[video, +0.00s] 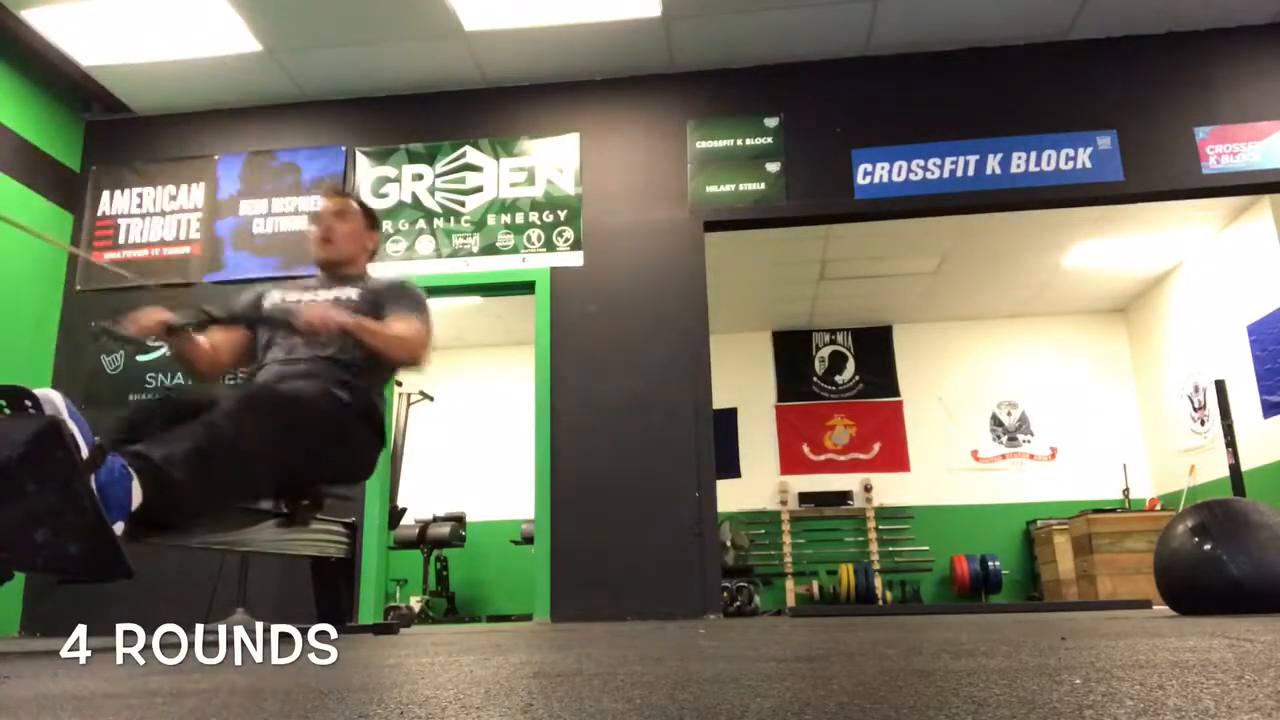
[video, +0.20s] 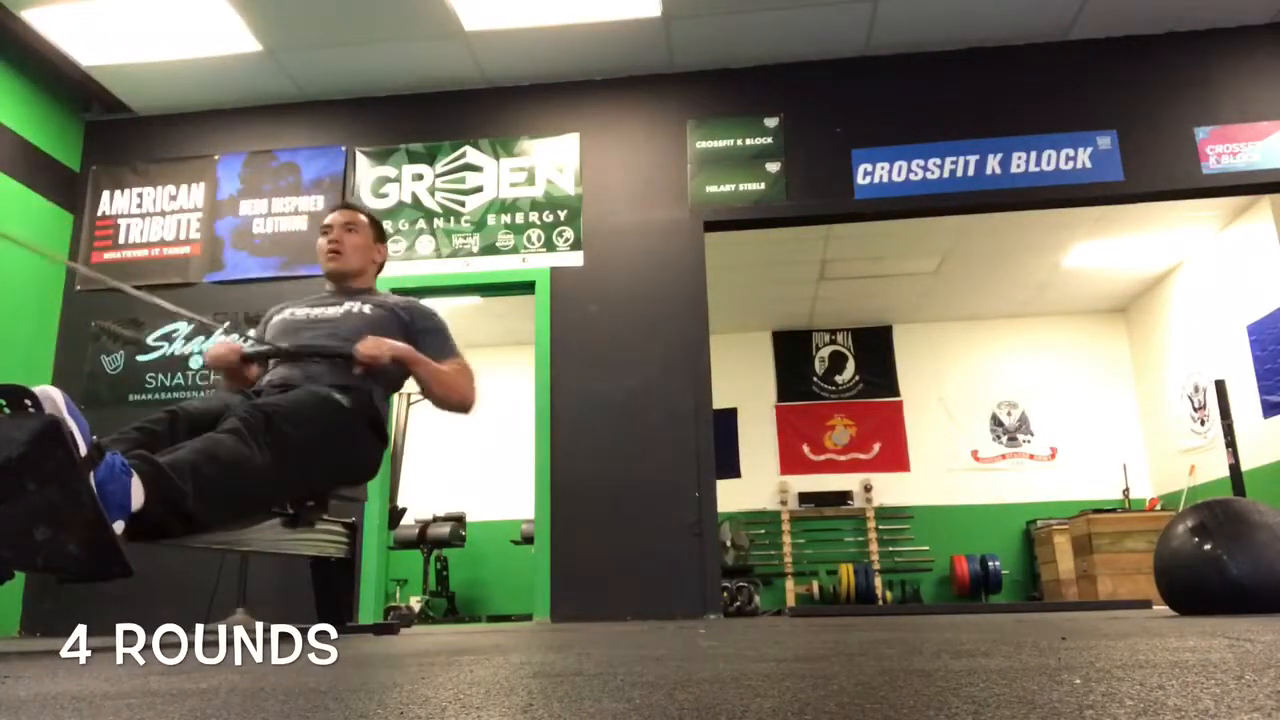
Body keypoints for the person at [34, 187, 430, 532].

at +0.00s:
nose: (324, 225)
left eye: (339, 218)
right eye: (320, 218)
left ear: (371, 239)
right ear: (311, 233)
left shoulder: (389, 290)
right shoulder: (279, 296)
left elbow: (413, 346)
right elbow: (211, 360)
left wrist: (345, 321)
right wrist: (173, 332)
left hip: (342, 417)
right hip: (262, 409)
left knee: (256, 415)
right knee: (163, 414)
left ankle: (128, 486)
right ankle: (89, 468)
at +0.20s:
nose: (331, 239)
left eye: (346, 231)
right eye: (325, 234)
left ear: (379, 252)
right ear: (319, 253)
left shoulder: (407, 313)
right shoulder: (287, 313)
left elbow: (462, 395)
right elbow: (254, 385)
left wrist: (405, 354)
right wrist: (227, 363)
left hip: (345, 409)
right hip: (270, 403)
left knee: (250, 437)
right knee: (181, 419)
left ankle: (128, 493)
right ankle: (95, 466)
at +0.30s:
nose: (330, 240)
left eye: (345, 231)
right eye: (324, 234)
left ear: (378, 251)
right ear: (319, 253)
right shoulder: (288, 314)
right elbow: (257, 386)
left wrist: (409, 355)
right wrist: (232, 369)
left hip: (343, 407)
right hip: (271, 403)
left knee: (249, 436)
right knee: (177, 419)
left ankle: (130, 491)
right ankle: (95, 469)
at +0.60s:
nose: (323, 223)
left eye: (339, 215)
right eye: (317, 217)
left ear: (370, 240)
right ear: (308, 236)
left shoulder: (392, 297)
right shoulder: (274, 304)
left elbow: (423, 356)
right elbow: (224, 365)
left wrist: (358, 339)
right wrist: (176, 359)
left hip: (340, 408)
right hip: (259, 402)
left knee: (251, 429)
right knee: (173, 418)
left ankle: (125, 489)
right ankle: (89, 457)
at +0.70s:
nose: (313, 213)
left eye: (330, 205)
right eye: (307, 207)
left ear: (362, 227)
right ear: (299, 225)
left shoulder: (386, 281)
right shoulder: (267, 292)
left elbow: (410, 332)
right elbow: (206, 341)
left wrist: (339, 322)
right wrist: (154, 346)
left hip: (345, 413)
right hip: (264, 408)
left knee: (251, 423)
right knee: (174, 414)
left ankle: (128, 492)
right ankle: (93, 457)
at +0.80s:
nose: (300, 202)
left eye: (317, 192)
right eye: (294, 194)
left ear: (350, 215)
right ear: (287, 209)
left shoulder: (375, 271)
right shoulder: (263, 282)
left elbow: (396, 315)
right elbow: (194, 326)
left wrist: (326, 305)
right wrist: (134, 328)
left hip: (341, 412)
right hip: (260, 405)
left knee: (249, 399)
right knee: (163, 398)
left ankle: (127, 491)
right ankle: (92, 457)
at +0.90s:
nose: (284, 188)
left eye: (303, 178)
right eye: (278, 180)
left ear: (337, 202)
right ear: (270, 197)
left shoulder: (365, 261)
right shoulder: (249, 270)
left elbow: (382, 304)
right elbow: (175, 311)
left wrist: (310, 293)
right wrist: (113, 316)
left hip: (336, 421)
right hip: (247, 415)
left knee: (250, 371)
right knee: (145, 376)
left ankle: (125, 489)